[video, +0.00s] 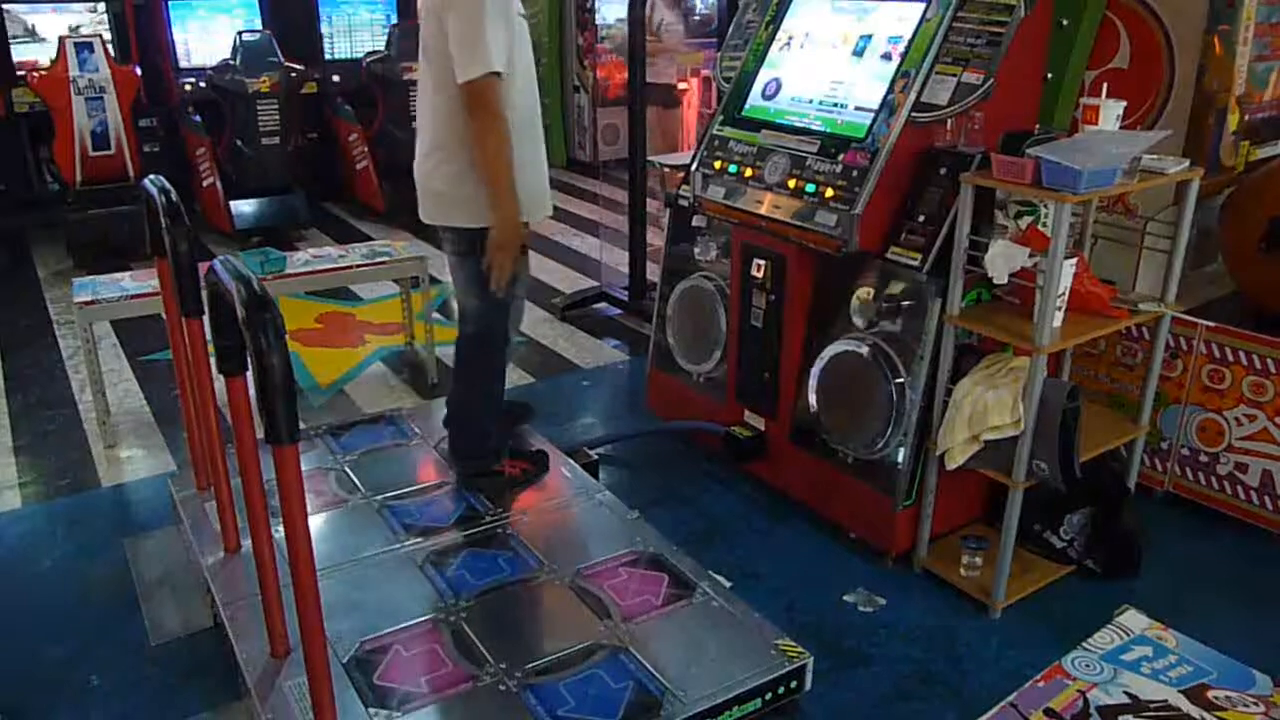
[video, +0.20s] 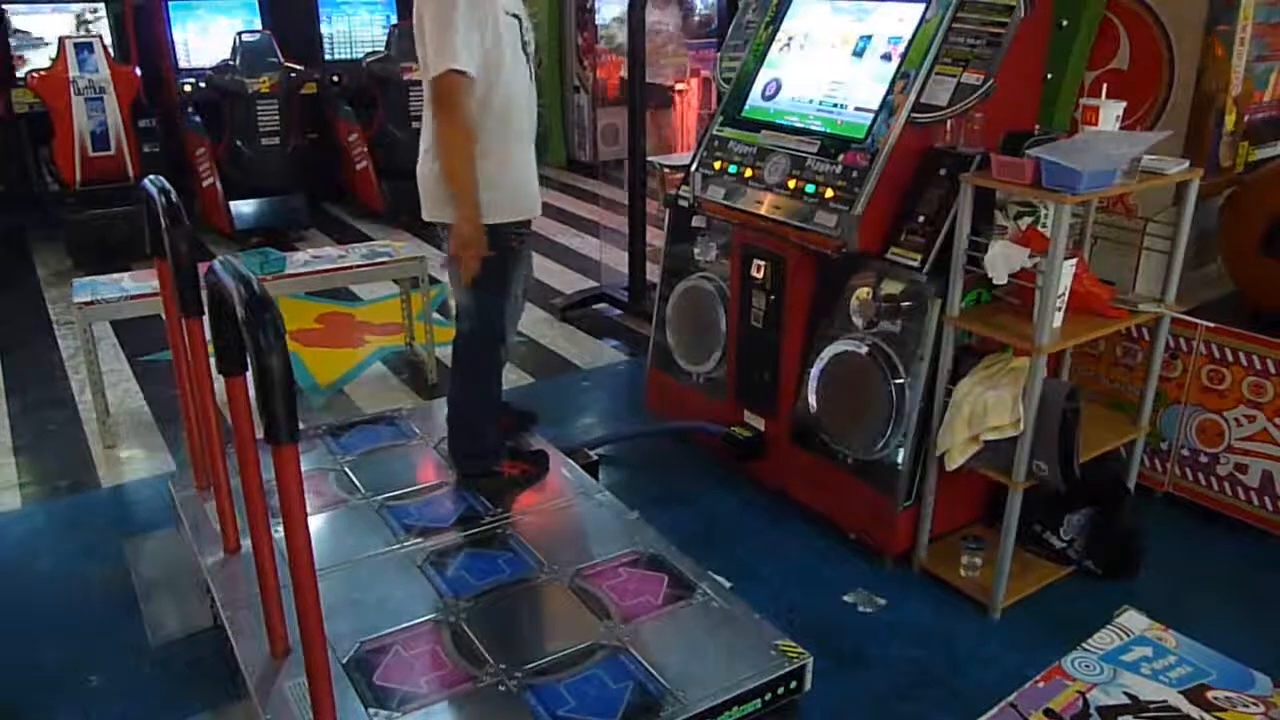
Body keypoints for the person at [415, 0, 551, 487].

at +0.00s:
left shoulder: (472, 8)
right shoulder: (472, 6)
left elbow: (481, 103)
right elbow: (483, 103)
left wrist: (509, 209)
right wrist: (505, 219)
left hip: (472, 196)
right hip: (479, 200)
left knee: (486, 325)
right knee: (485, 334)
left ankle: (480, 415)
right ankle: (478, 463)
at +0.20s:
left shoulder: (501, 7)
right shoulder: (452, 4)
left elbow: (490, 99)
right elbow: (448, 98)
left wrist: (513, 202)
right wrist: (466, 215)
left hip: (502, 200)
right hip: (478, 206)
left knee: (495, 332)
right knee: (480, 340)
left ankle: (488, 419)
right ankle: (476, 466)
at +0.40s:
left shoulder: (509, 7)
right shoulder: (452, 4)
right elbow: (440, 93)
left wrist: (509, 195)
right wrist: (447, 208)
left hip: (504, 197)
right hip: (478, 202)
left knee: (497, 326)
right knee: (480, 335)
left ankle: (489, 419)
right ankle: (476, 463)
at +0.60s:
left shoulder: (510, 7)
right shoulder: (456, 4)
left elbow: (495, 93)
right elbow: (443, 91)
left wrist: (512, 191)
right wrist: (458, 200)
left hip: (496, 192)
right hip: (481, 197)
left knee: (474, 312)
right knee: (502, 321)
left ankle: (478, 420)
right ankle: (480, 456)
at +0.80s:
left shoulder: (534, 8)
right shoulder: (465, 4)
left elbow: (547, 92)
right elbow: (449, 93)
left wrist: (581, 163)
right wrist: (463, 197)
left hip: (501, 185)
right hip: (474, 191)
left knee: (468, 314)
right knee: (501, 324)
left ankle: (468, 425)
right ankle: (519, 456)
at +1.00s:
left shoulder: (550, 8)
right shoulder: (473, 5)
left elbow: (590, 82)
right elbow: (461, 98)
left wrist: (648, 137)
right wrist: (481, 203)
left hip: (524, 190)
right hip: (489, 195)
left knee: (485, 310)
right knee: (512, 327)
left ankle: (470, 412)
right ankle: (531, 452)